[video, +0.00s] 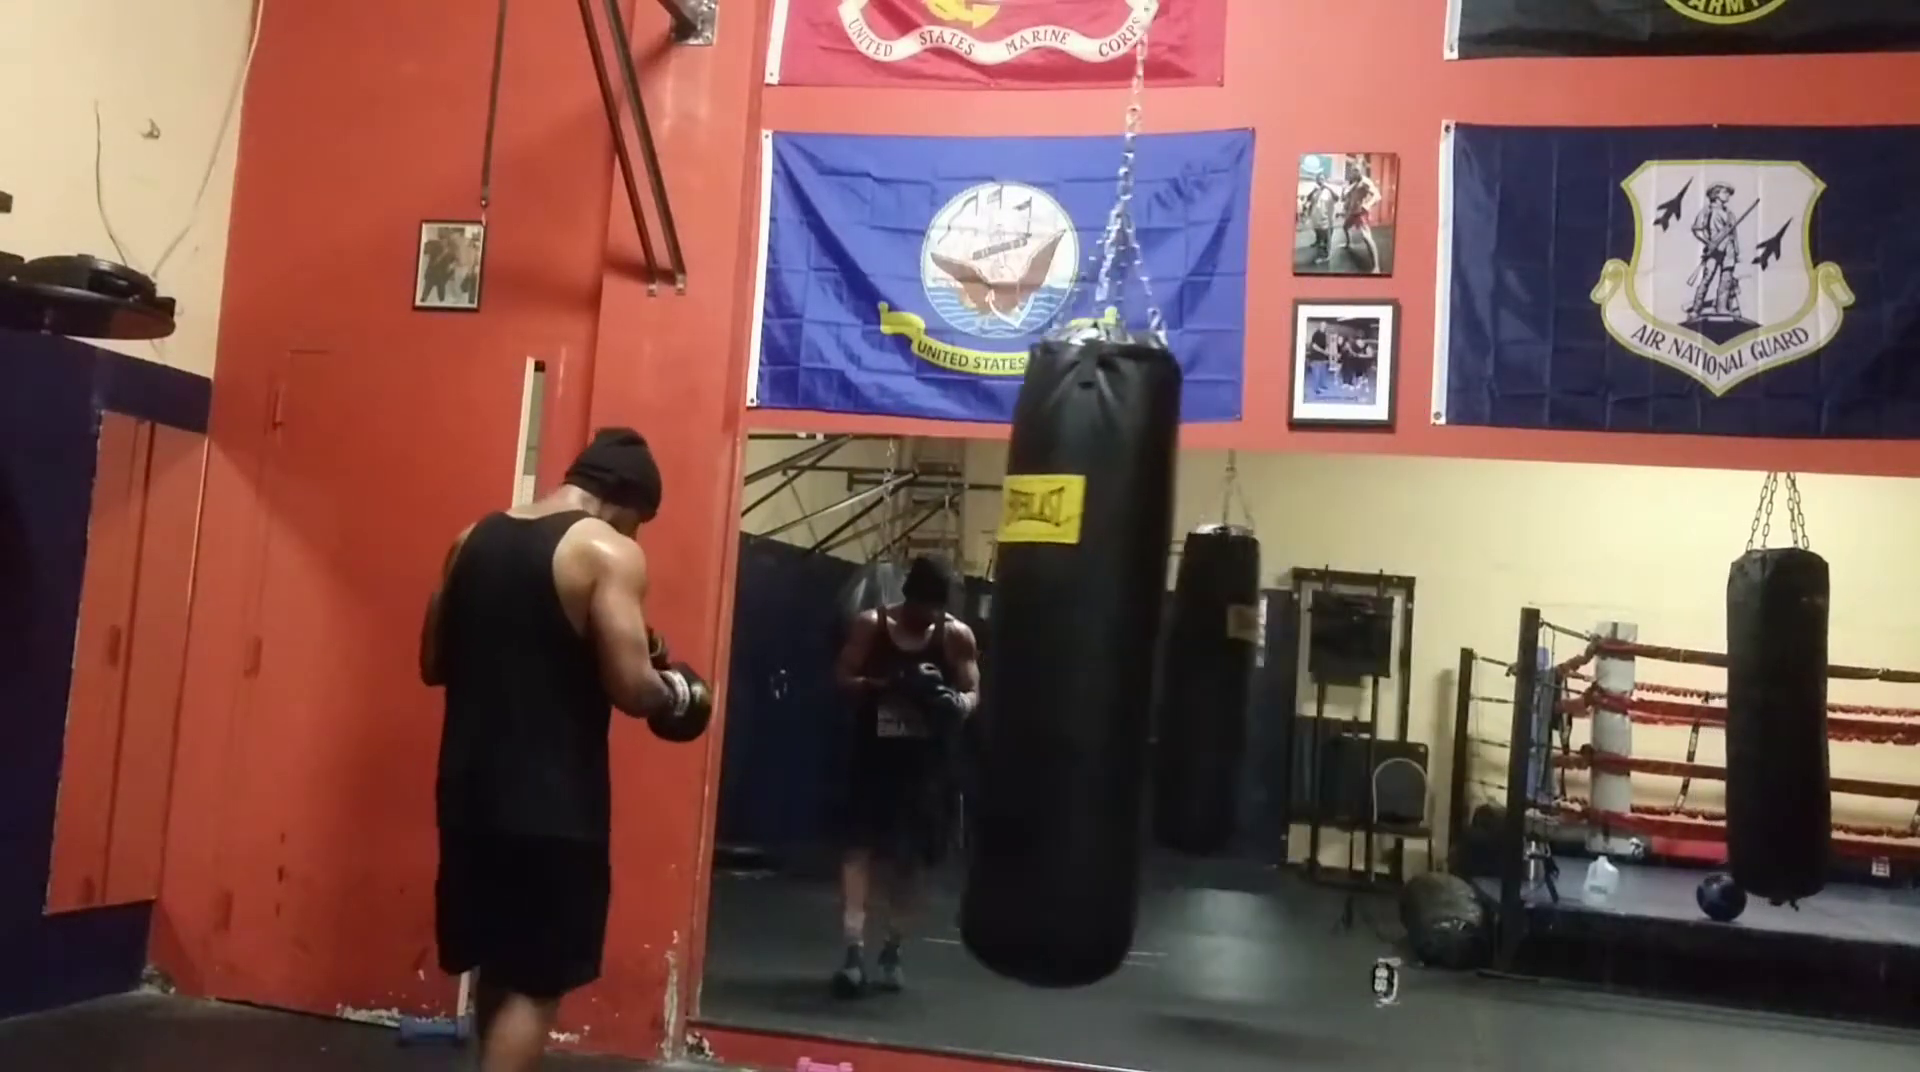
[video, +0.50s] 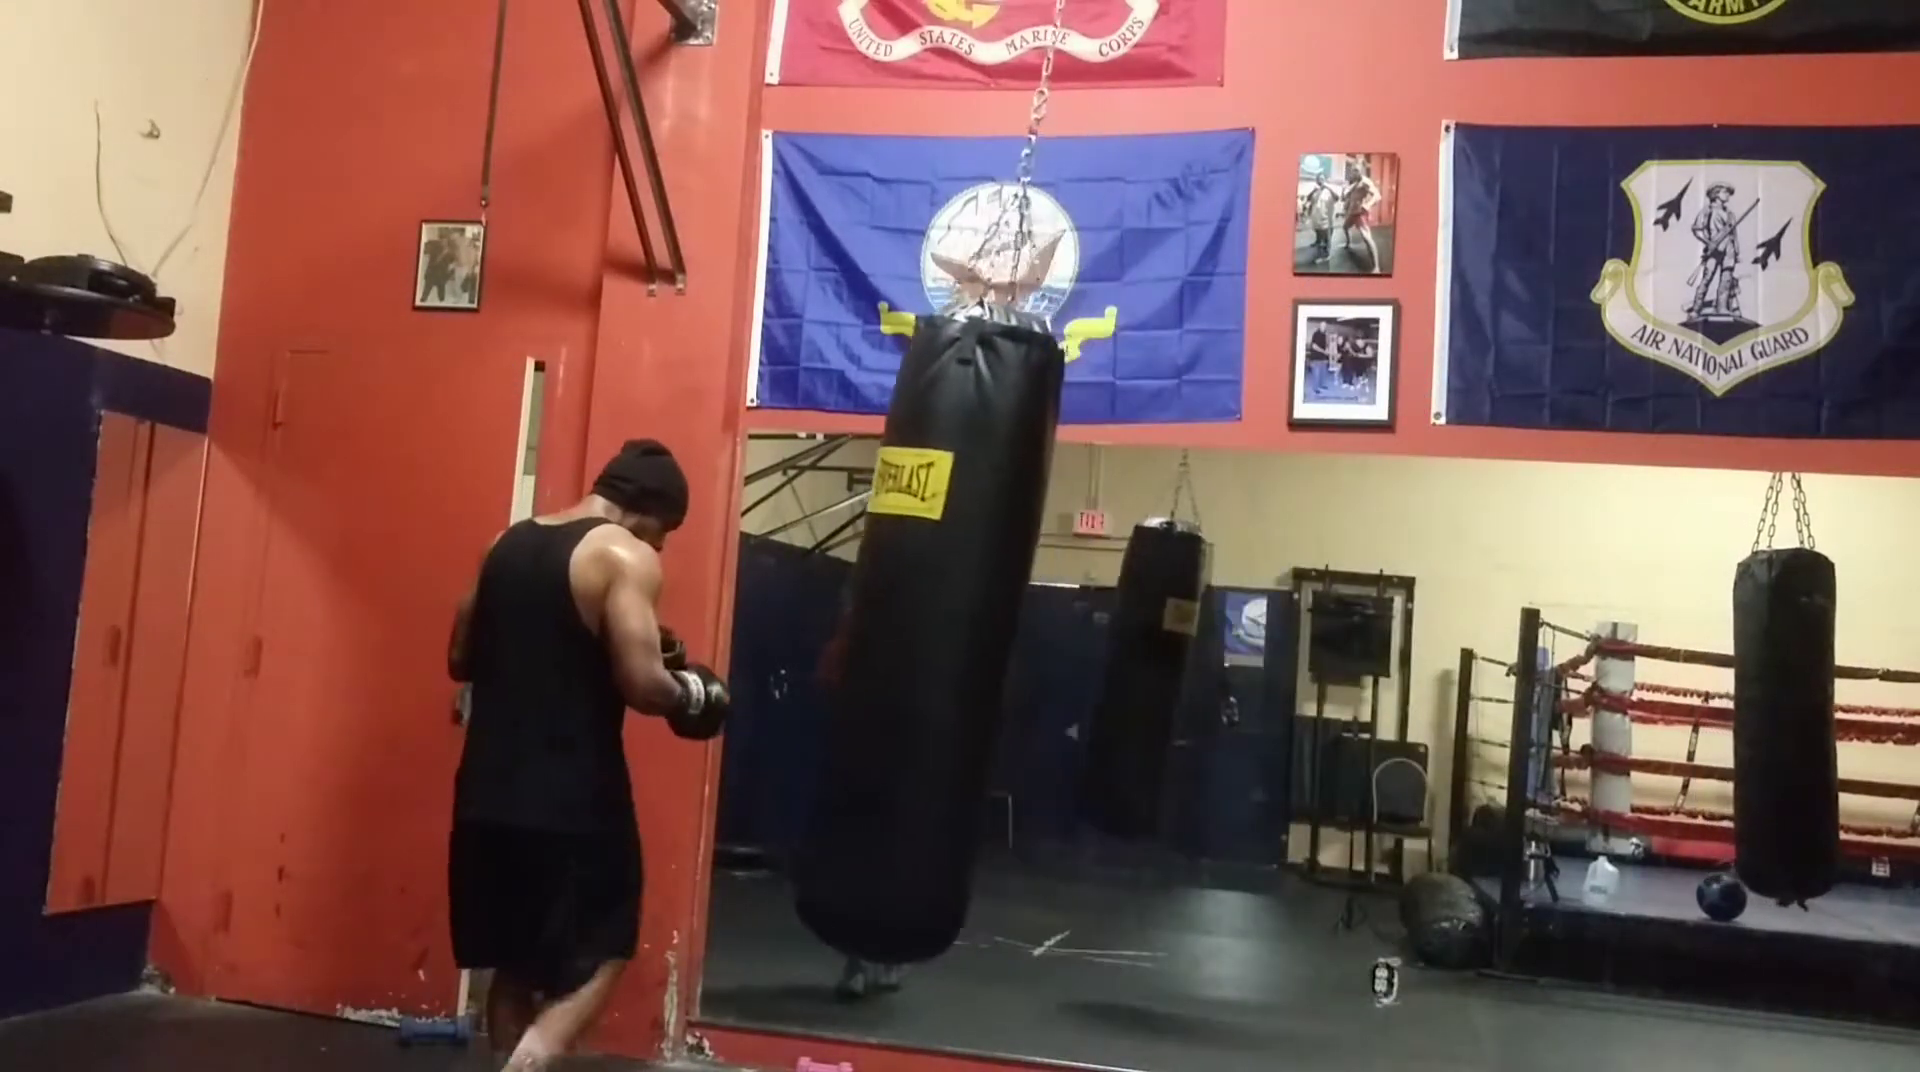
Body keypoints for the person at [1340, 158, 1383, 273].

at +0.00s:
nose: (1351, 173)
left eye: (1354, 170)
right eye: (1350, 171)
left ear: (1359, 171)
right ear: (1350, 172)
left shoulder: (1365, 182)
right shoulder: (1351, 184)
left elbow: (1376, 195)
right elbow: (1346, 198)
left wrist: (1367, 205)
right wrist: (1346, 209)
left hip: (1361, 213)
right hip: (1351, 213)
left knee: (1366, 237)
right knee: (1345, 227)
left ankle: (1375, 266)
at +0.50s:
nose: (1350, 174)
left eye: (1353, 171)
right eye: (1350, 172)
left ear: (1358, 172)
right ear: (1351, 173)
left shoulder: (1365, 182)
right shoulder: (1352, 185)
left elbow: (1376, 195)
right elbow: (1347, 198)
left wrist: (1366, 205)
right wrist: (1345, 209)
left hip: (1361, 211)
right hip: (1352, 212)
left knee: (1366, 237)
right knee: (1345, 227)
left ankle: (1376, 266)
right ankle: (1348, 243)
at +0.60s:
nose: (1353, 173)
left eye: (1356, 170)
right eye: (1352, 171)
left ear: (1361, 171)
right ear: (1351, 172)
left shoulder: (1365, 182)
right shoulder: (1352, 184)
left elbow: (1376, 195)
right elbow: (1344, 197)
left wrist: (1366, 206)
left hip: (1361, 211)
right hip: (1351, 212)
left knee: (1366, 236)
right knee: (1345, 227)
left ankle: (1376, 266)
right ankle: (1347, 244)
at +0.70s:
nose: (1353, 173)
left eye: (1356, 170)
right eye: (1352, 171)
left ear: (1361, 171)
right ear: (1351, 172)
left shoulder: (1365, 182)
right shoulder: (1352, 184)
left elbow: (1376, 195)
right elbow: (1344, 197)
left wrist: (1366, 206)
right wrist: (1347, 188)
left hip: (1361, 211)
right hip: (1351, 212)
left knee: (1366, 236)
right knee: (1345, 227)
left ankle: (1376, 266)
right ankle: (1347, 244)